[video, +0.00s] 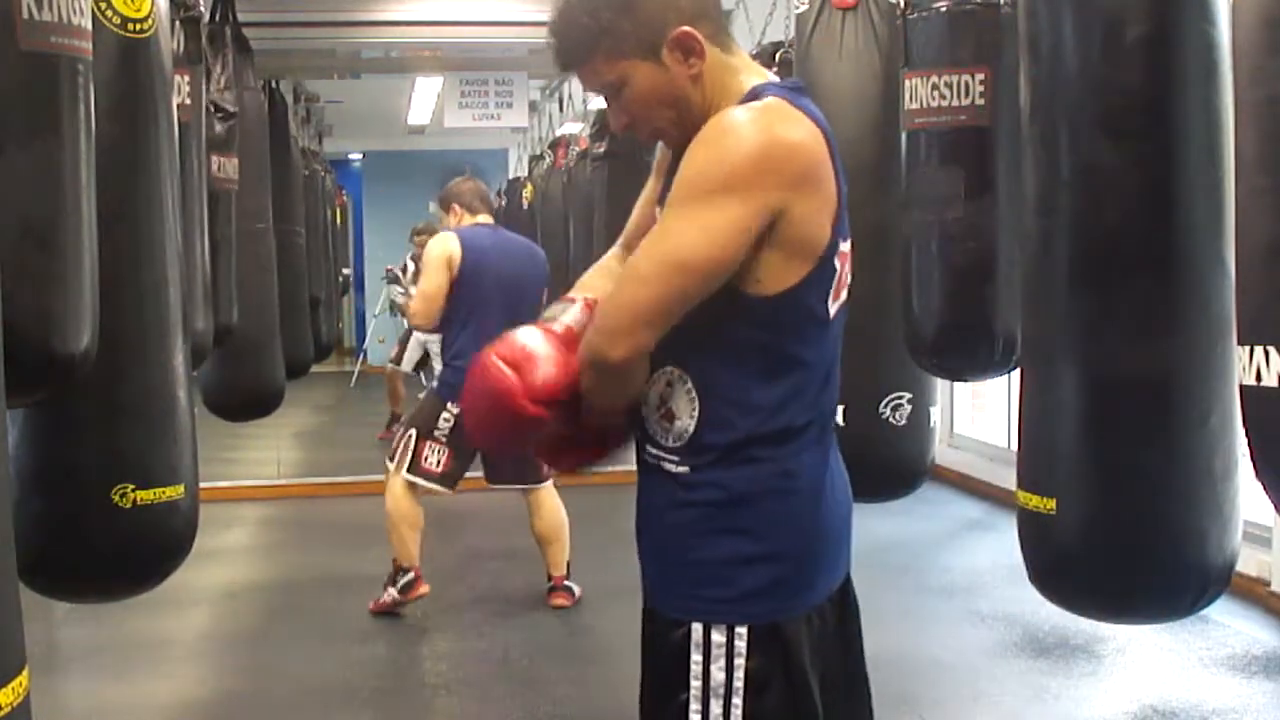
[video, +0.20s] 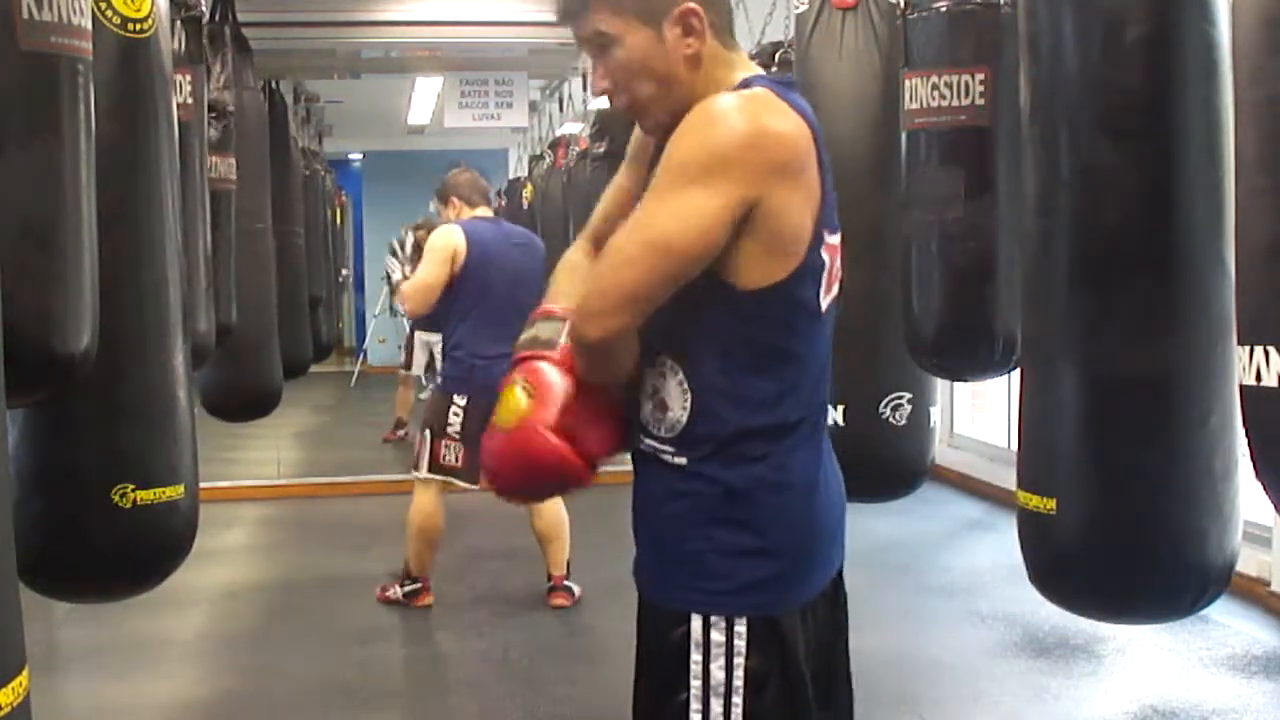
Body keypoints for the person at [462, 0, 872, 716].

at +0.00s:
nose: (613, 119)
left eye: (613, 92)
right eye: (603, 100)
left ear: (686, 53)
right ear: (687, 56)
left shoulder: (753, 137)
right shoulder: (708, 127)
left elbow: (618, 346)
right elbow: (626, 254)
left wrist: (604, 420)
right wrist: (556, 337)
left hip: (733, 542)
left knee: (713, 712)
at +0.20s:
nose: (594, 80)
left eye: (604, 46)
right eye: (587, 54)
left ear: (685, 30)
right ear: (683, 38)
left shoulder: (736, 126)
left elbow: (598, 319)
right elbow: (591, 249)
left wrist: (614, 383)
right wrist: (551, 351)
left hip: (729, 536)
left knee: (714, 710)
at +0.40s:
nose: (586, 69)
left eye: (594, 35)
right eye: (584, 41)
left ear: (668, 30)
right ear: (668, 34)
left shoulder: (709, 129)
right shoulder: (755, 111)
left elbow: (593, 334)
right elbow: (615, 257)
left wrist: (611, 376)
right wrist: (536, 329)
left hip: (722, 530)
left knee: (702, 712)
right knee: (786, 707)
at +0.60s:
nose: (604, 77)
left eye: (607, 49)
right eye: (602, 52)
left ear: (659, 49)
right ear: (665, 49)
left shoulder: (702, 147)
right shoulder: (774, 133)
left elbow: (674, 359)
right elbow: (755, 298)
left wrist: (591, 385)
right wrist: (610, 306)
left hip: (718, 528)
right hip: (793, 501)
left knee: (691, 709)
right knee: (800, 707)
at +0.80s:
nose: (615, 86)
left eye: (621, 63)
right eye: (612, 65)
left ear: (671, 63)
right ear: (701, 64)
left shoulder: (687, 149)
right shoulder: (791, 149)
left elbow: (695, 301)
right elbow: (852, 278)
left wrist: (608, 353)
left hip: (716, 510)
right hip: (810, 495)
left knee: (648, 708)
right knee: (784, 705)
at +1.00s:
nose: (598, 102)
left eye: (601, 79)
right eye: (594, 82)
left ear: (648, 78)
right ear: (679, 77)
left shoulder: (663, 159)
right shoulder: (781, 159)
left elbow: (653, 327)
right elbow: (751, 320)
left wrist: (584, 308)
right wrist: (626, 295)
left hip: (695, 487)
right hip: (802, 478)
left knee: (572, 687)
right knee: (803, 703)